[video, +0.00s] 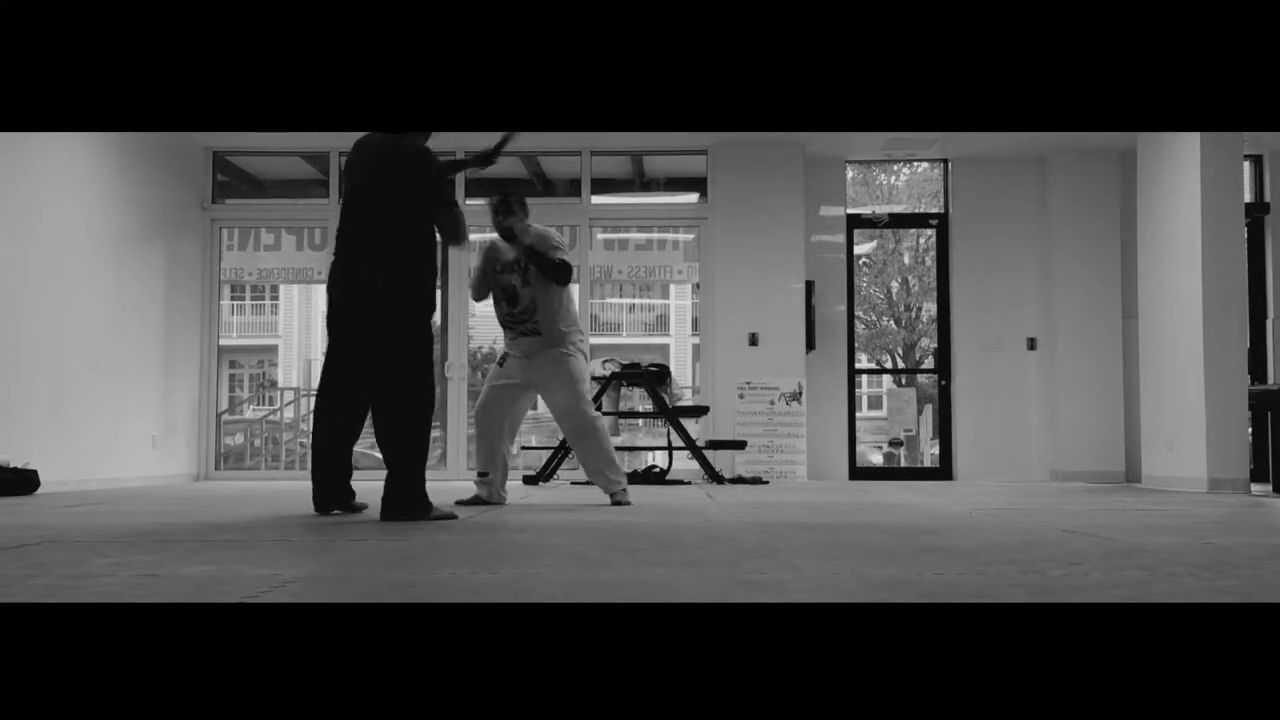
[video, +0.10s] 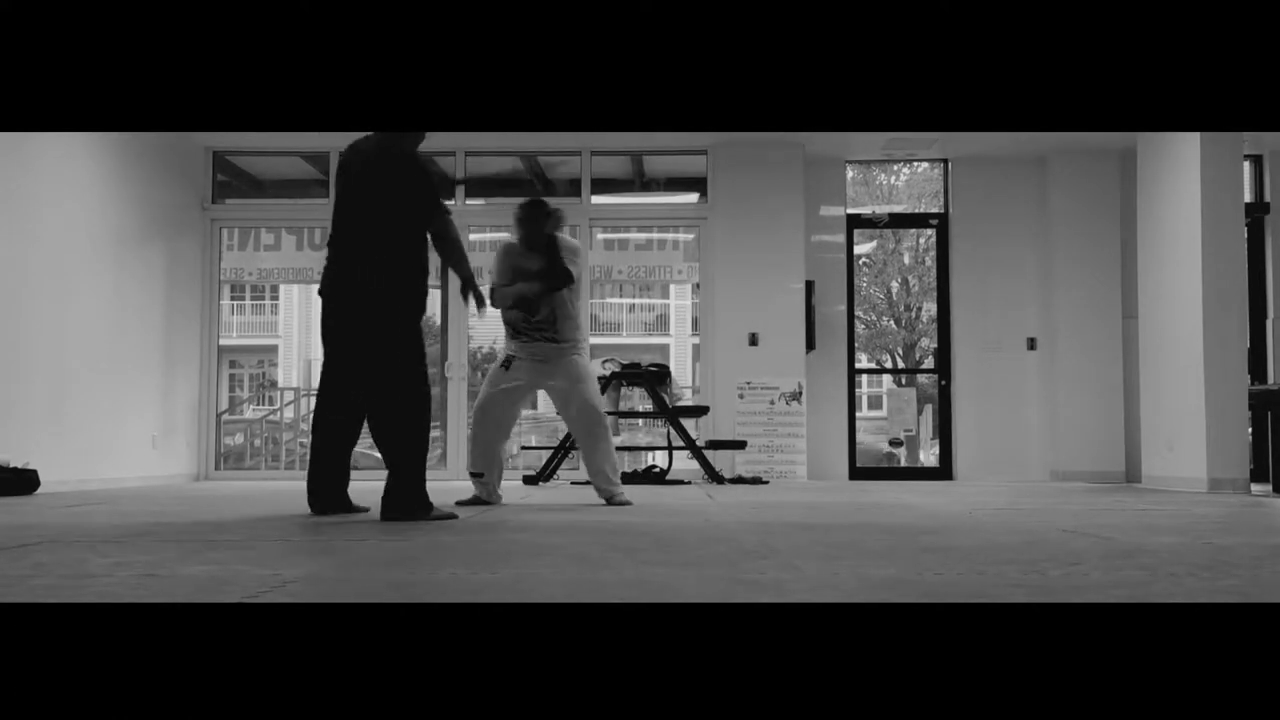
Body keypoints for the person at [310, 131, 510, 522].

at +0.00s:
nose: (432, 137)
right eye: (432, 135)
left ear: (390, 127)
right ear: (426, 132)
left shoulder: (364, 149)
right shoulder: (421, 160)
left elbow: (412, 174)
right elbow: (456, 233)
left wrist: (467, 163)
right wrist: (440, 189)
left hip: (351, 295)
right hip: (402, 300)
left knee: (342, 392)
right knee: (408, 396)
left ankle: (330, 493)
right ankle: (406, 501)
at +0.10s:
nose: (422, 140)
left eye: (421, 137)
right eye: (422, 137)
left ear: (381, 129)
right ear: (415, 135)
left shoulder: (353, 156)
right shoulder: (414, 167)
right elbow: (442, 231)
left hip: (343, 298)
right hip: (391, 303)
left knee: (341, 394)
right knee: (407, 397)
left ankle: (327, 495)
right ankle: (406, 501)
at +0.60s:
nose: (397, 138)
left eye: (397, 134)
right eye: (395, 133)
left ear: (363, 129)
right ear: (380, 131)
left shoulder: (346, 159)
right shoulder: (360, 165)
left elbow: (387, 190)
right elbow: (407, 221)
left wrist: (418, 168)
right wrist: (466, 231)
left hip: (332, 297)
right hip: (340, 299)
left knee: (336, 392)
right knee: (339, 393)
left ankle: (325, 490)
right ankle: (314, 489)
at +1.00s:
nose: (393, 146)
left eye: (393, 140)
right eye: (390, 138)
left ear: (364, 135)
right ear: (372, 135)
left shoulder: (355, 171)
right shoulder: (343, 168)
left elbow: (394, 227)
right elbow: (373, 235)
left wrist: (426, 193)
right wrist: (388, 228)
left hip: (339, 305)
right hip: (325, 305)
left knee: (338, 399)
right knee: (334, 399)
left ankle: (328, 497)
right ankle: (329, 499)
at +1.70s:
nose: (359, 163)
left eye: (359, 154)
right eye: (355, 152)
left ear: (325, 145)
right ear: (336, 146)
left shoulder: (307, 188)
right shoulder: (313, 167)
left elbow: (330, 268)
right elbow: (348, 208)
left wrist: (387, 279)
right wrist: (397, 230)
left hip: (283, 312)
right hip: (273, 309)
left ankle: (298, 498)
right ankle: (206, 487)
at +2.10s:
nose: (318, 143)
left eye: (317, 136)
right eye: (311, 135)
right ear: (286, 135)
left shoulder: (301, 186)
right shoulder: (240, 167)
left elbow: (348, 223)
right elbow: (266, 214)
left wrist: (373, 178)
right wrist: (316, 198)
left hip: (267, 314)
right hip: (223, 308)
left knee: (279, 400)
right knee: (223, 400)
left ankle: (292, 494)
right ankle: (206, 500)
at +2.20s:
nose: (305, 142)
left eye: (305, 136)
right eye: (300, 136)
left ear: (262, 136)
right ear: (282, 137)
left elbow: (351, 203)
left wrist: (376, 170)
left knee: (273, 401)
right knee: (219, 401)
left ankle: (292, 494)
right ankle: (205, 501)